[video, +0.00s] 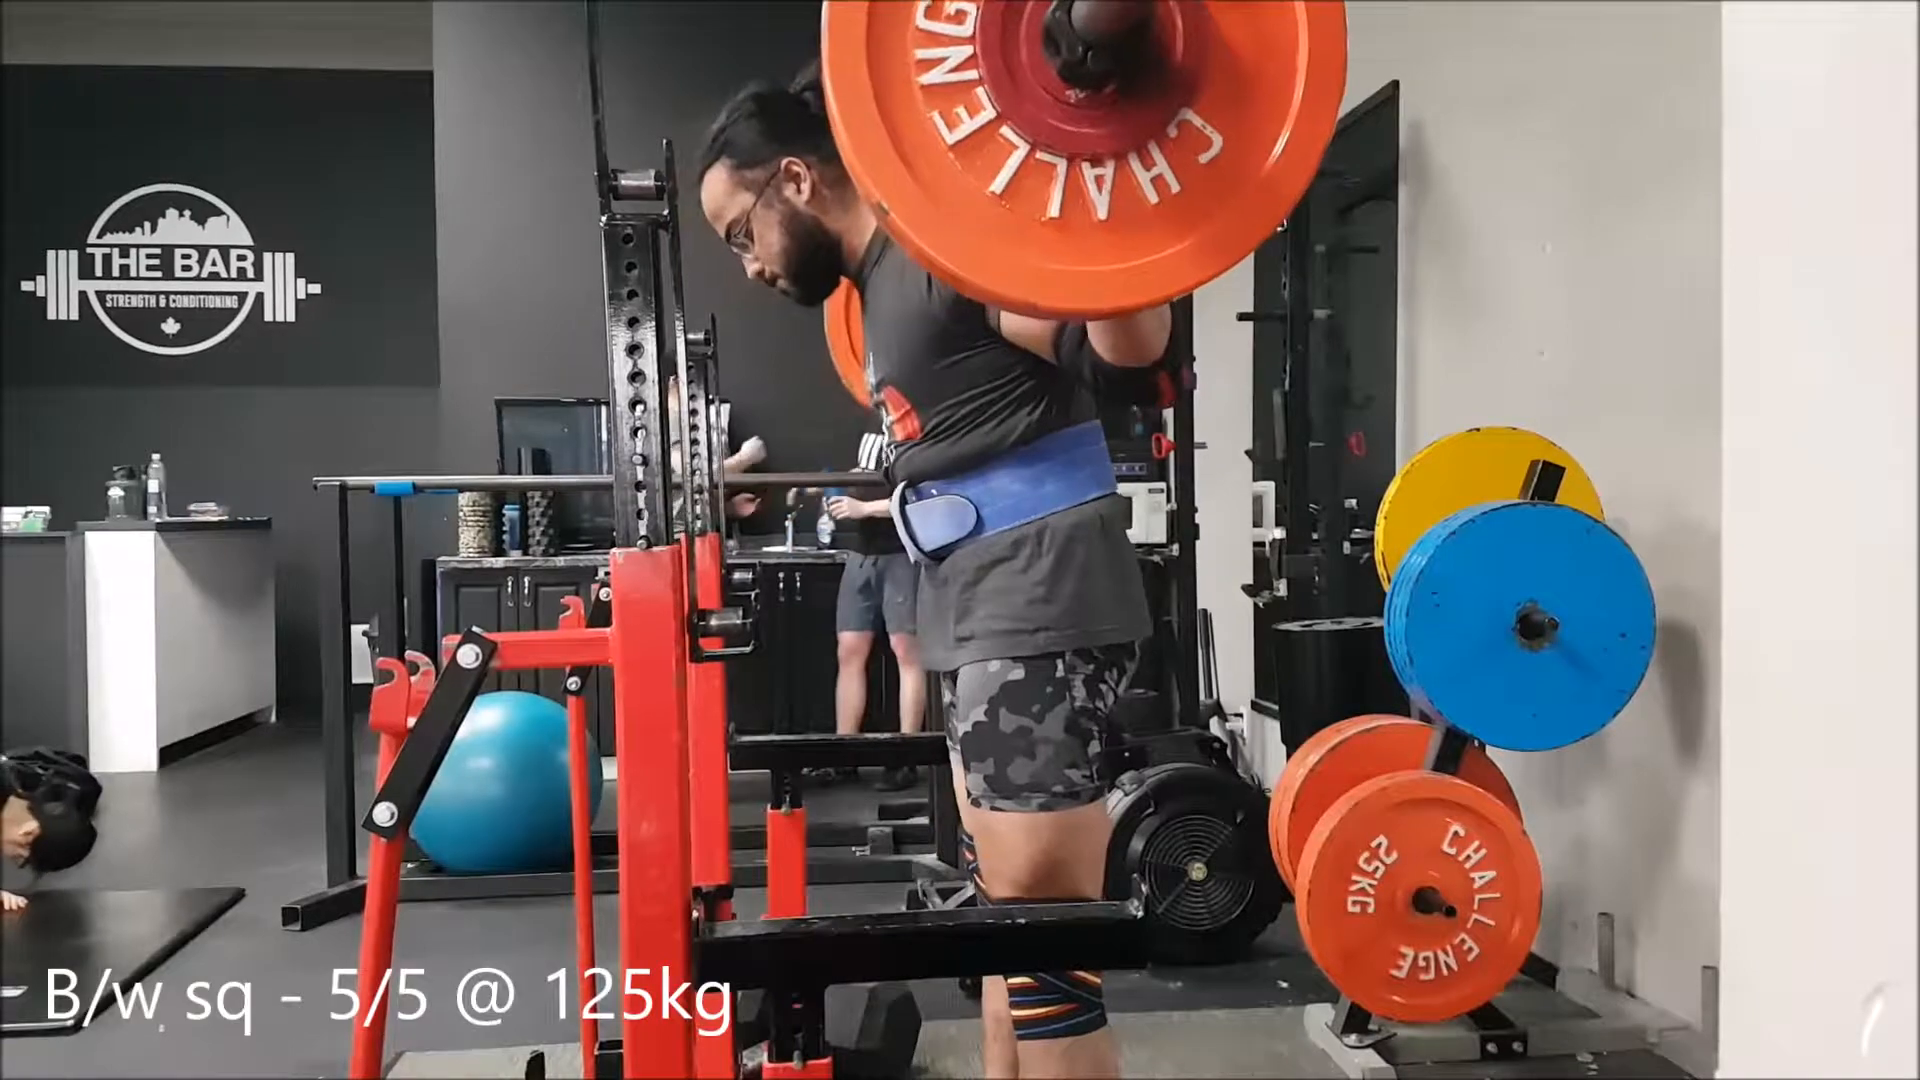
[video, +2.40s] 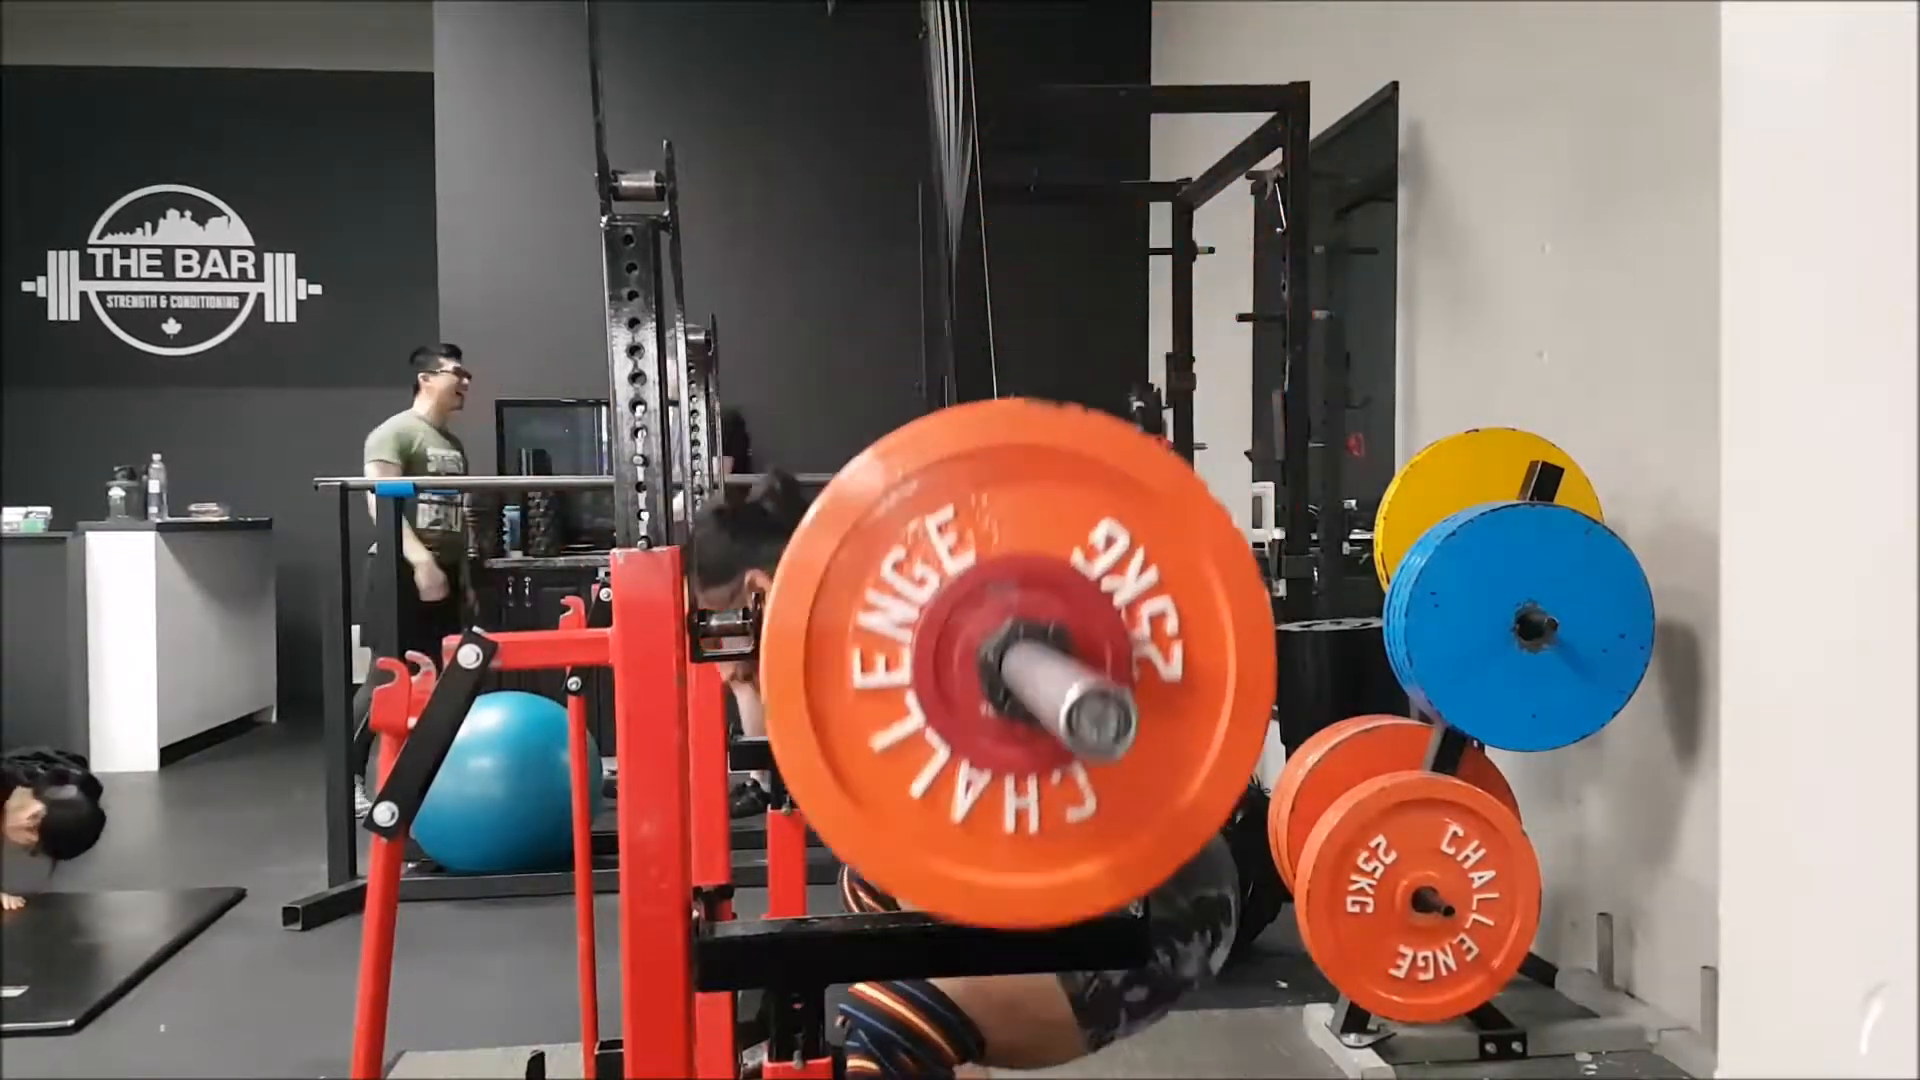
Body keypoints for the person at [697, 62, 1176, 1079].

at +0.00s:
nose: (748, 265)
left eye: (741, 231)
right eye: (731, 247)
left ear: (798, 180)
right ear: (796, 188)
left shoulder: (942, 234)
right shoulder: (880, 286)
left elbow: (1133, 340)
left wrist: (1127, 162)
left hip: (1044, 604)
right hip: (981, 611)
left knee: (1044, 939)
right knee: (1004, 932)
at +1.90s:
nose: (737, 394)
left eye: (731, 365)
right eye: (722, 378)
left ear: (787, 312)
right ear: (784, 320)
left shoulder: (900, 365)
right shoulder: (849, 421)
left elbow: (1038, 281)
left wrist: (1125, 208)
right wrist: (814, 500)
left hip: (1119, 683)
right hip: (1027, 691)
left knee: (948, 999)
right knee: (915, 866)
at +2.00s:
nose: (740, 449)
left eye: (730, 416)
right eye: (724, 429)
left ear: (781, 364)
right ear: (783, 368)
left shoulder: (918, 411)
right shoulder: (855, 444)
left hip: (1126, 721)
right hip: (1023, 723)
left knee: (938, 1005)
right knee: (905, 868)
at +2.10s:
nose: (733, 508)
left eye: (726, 478)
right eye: (719, 490)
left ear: (775, 430)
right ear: (770, 436)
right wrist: (773, 692)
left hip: (1136, 756)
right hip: (1040, 742)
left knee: (924, 1014)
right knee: (897, 870)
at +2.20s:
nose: (733, 568)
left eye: (724, 536)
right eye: (716, 545)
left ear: (771, 487)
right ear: (769, 490)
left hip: (1149, 797)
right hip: (1051, 774)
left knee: (927, 999)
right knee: (888, 872)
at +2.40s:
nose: (719, 649)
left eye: (719, 620)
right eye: (711, 624)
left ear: (764, 592)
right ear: (768, 589)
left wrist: (758, 707)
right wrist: (759, 703)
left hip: (1156, 909)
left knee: (878, 1016)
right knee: (863, 897)